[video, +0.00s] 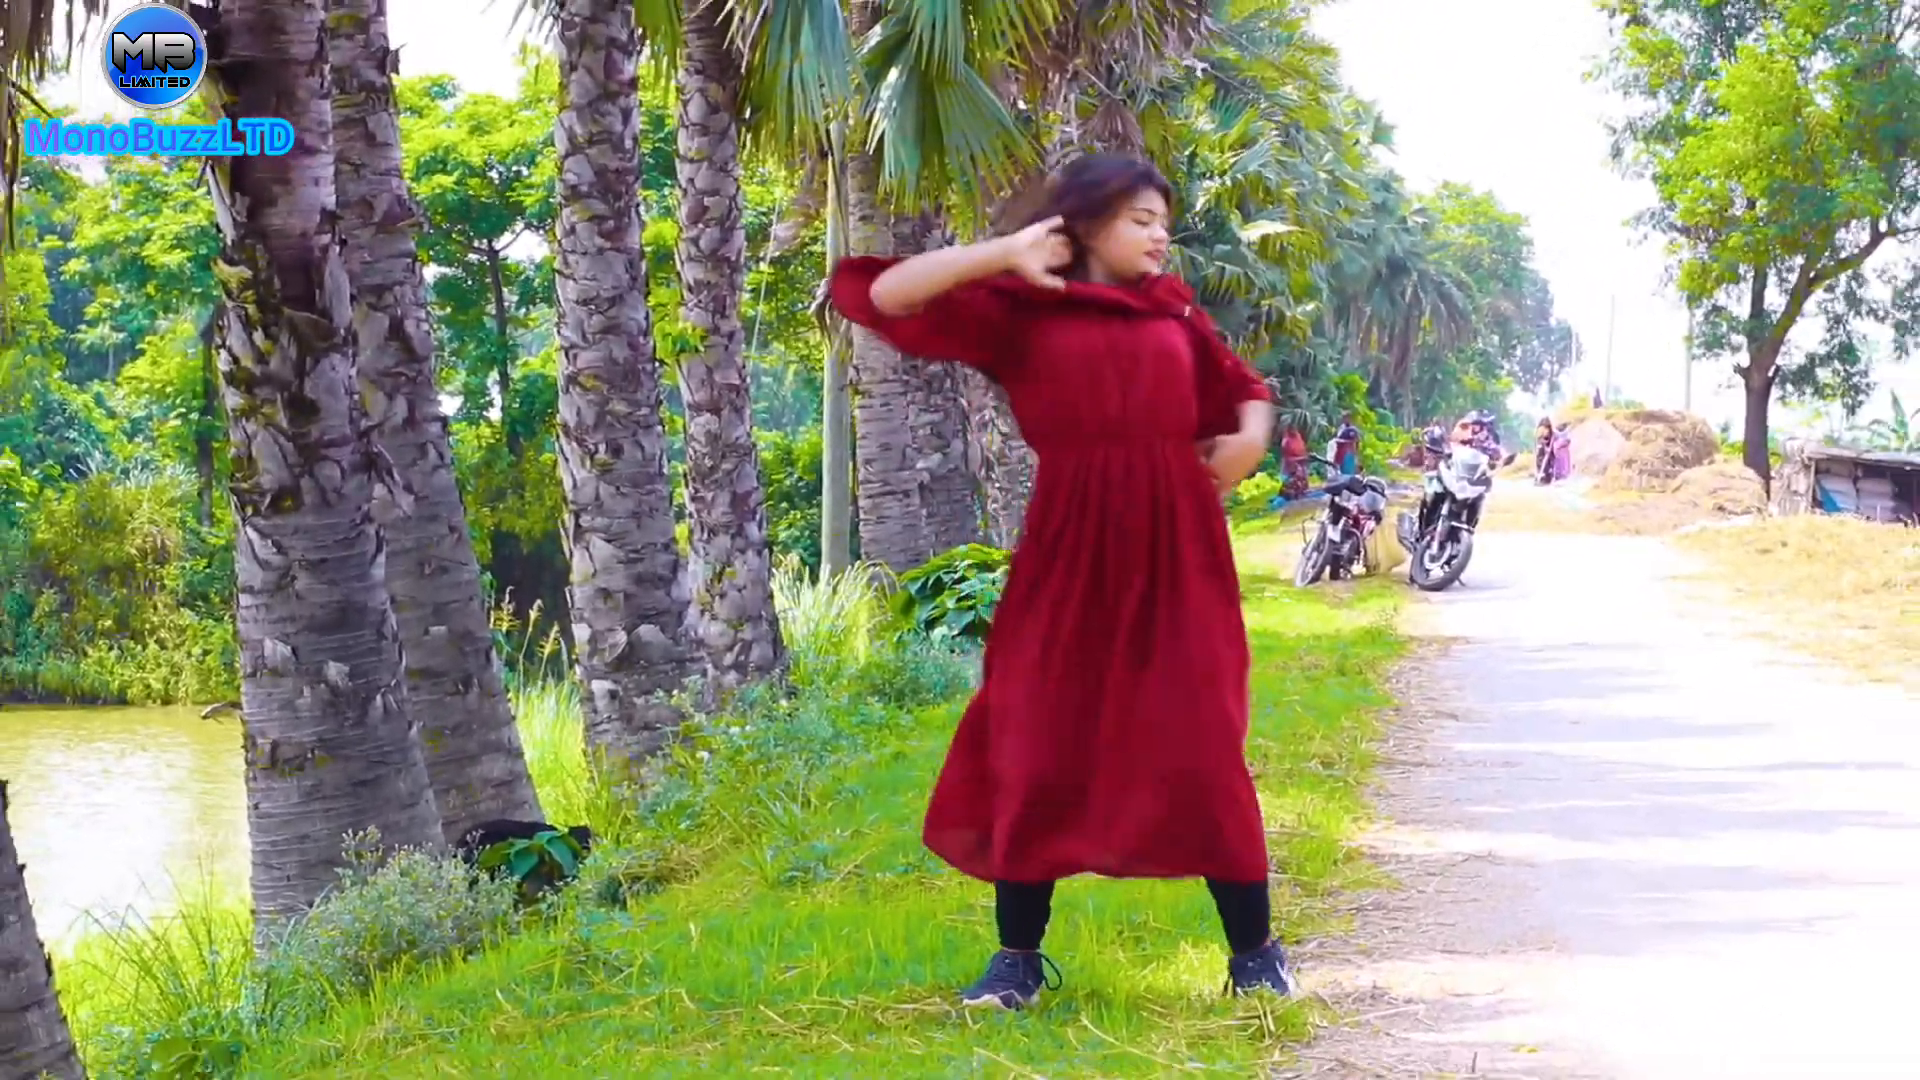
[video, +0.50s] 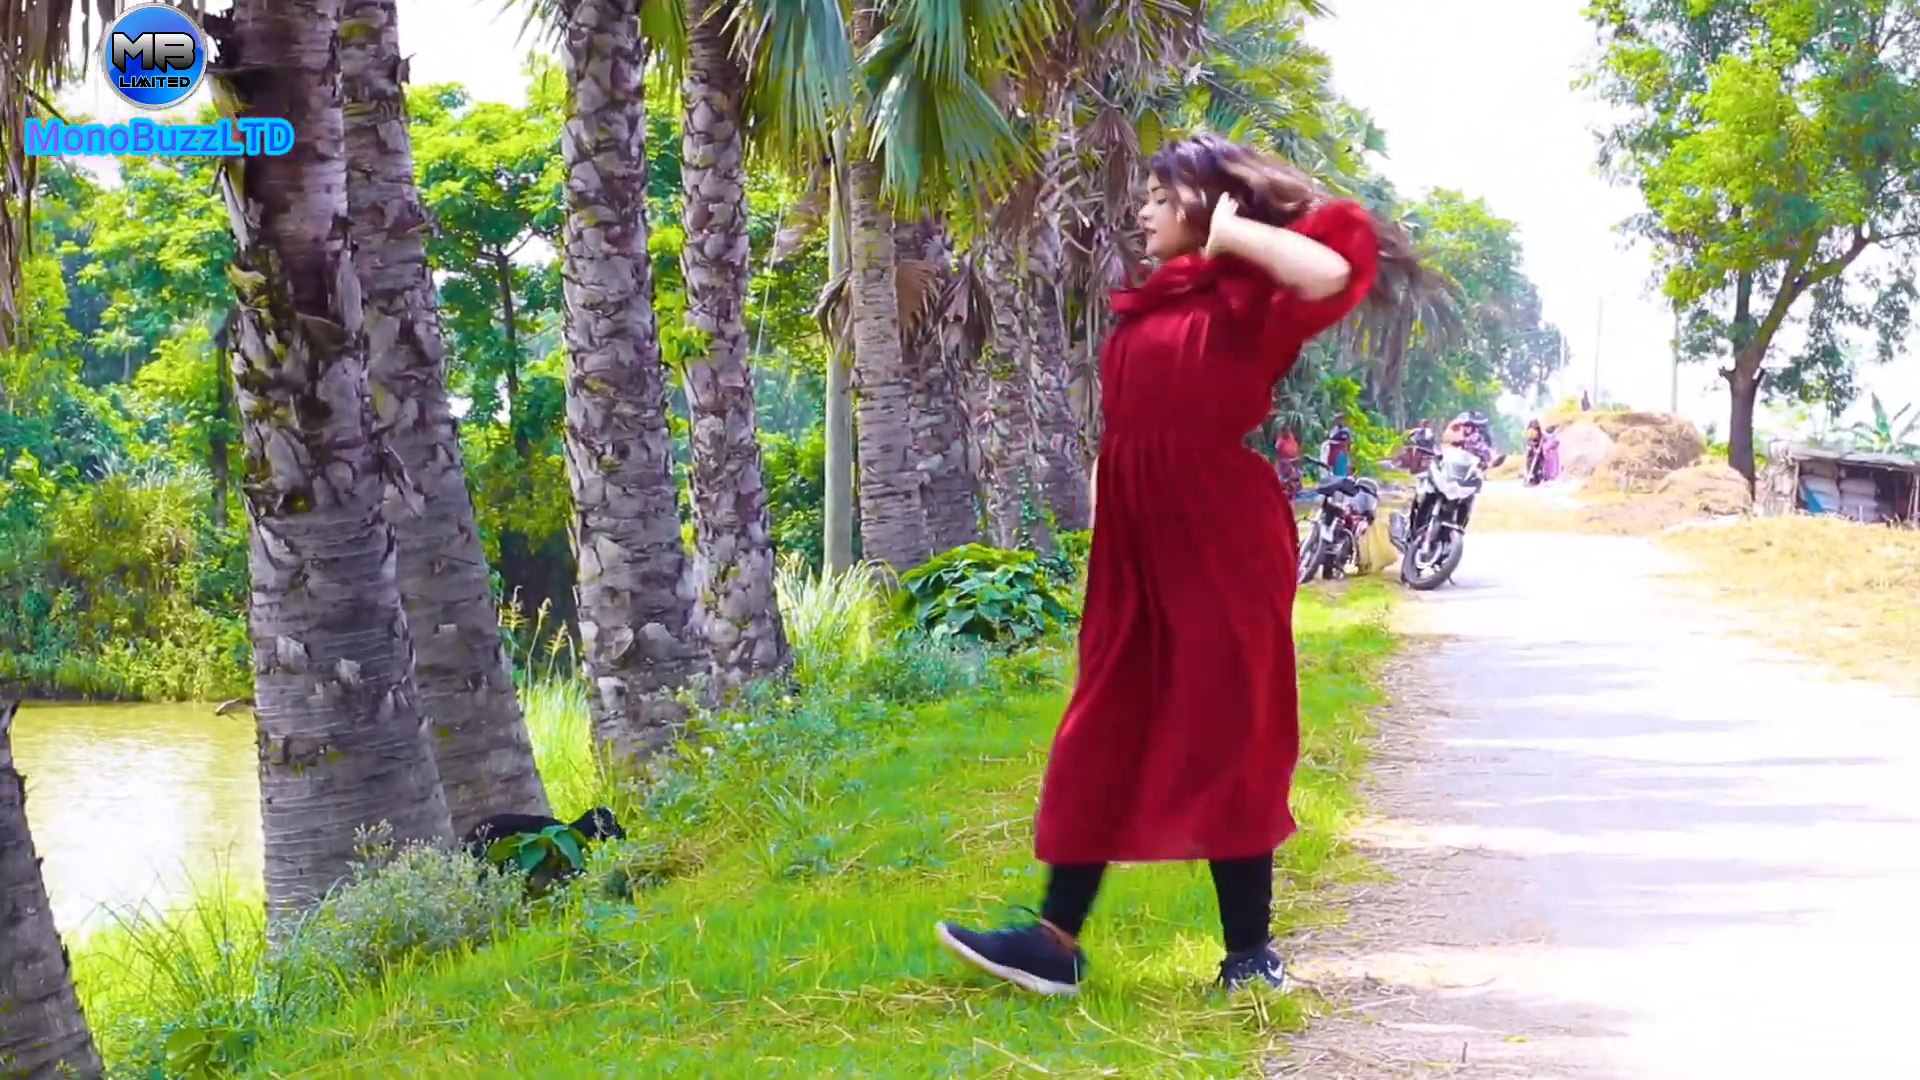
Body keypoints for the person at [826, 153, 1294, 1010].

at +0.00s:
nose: (1161, 237)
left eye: (1165, 224)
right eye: (1142, 220)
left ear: (1164, 234)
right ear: (1080, 229)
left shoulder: (1177, 316)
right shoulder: (1022, 313)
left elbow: (1248, 388)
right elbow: (882, 295)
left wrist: (1249, 439)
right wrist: (1001, 251)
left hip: (1180, 551)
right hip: (1069, 553)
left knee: (1210, 751)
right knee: (1033, 750)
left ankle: (1255, 957)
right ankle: (1017, 960)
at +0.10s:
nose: (1159, 262)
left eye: (1166, 251)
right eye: (1139, 250)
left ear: (1175, 268)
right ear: (1092, 266)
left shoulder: (1191, 348)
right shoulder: (1045, 354)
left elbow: (1300, 425)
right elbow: (919, 373)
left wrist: (1244, 479)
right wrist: (1006, 324)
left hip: (1183, 580)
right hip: (1077, 582)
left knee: (1201, 758)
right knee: (1032, 750)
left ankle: (1234, 944)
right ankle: (1016, 939)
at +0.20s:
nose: (1143, 239)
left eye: (1163, 228)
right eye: (1128, 232)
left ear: (1201, 253)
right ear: (1109, 261)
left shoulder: (1236, 337)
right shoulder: (1084, 359)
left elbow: (1335, 406)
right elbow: (992, 480)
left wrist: (1213, 442)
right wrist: (1051, 416)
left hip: (1208, 564)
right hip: (1103, 562)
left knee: (1221, 759)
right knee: (1052, 753)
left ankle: (1251, 966)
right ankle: (1022, 958)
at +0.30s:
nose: (1143, 217)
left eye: (1162, 202)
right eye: (1141, 204)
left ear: (1214, 215)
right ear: (1141, 226)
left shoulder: (1264, 298)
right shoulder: (1125, 329)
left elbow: (1306, 352)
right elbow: (1075, 441)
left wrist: (1213, 318)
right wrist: (1057, 514)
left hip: (1232, 560)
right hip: (1128, 553)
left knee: (1234, 753)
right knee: (1041, 737)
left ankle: (1256, 971)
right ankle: (1033, 948)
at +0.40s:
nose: (1133, 213)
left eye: (1151, 199)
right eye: (1136, 198)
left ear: (1200, 211)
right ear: (1152, 213)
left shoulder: (1244, 288)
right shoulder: (1132, 311)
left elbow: (1322, 295)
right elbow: (1099, 430)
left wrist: (1227, 229)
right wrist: (1089, 510)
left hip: (1219, 537)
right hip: (1125, 536)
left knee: (1226, 731)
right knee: (1066, 719)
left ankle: (1244, 944)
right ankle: (1039, 919)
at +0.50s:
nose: (1141, 213)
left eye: (1159, 199)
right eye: (1144, 199)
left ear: (1210, 210)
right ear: (1164, 215)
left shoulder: (1249, 296)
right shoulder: (1144, 305)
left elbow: (1333, 276)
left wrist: (1232, 228)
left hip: (1225, 539)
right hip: (1134, 537)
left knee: (1231, 734)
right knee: (1100, 726)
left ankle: (1249, 957)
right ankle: (1055, 937)